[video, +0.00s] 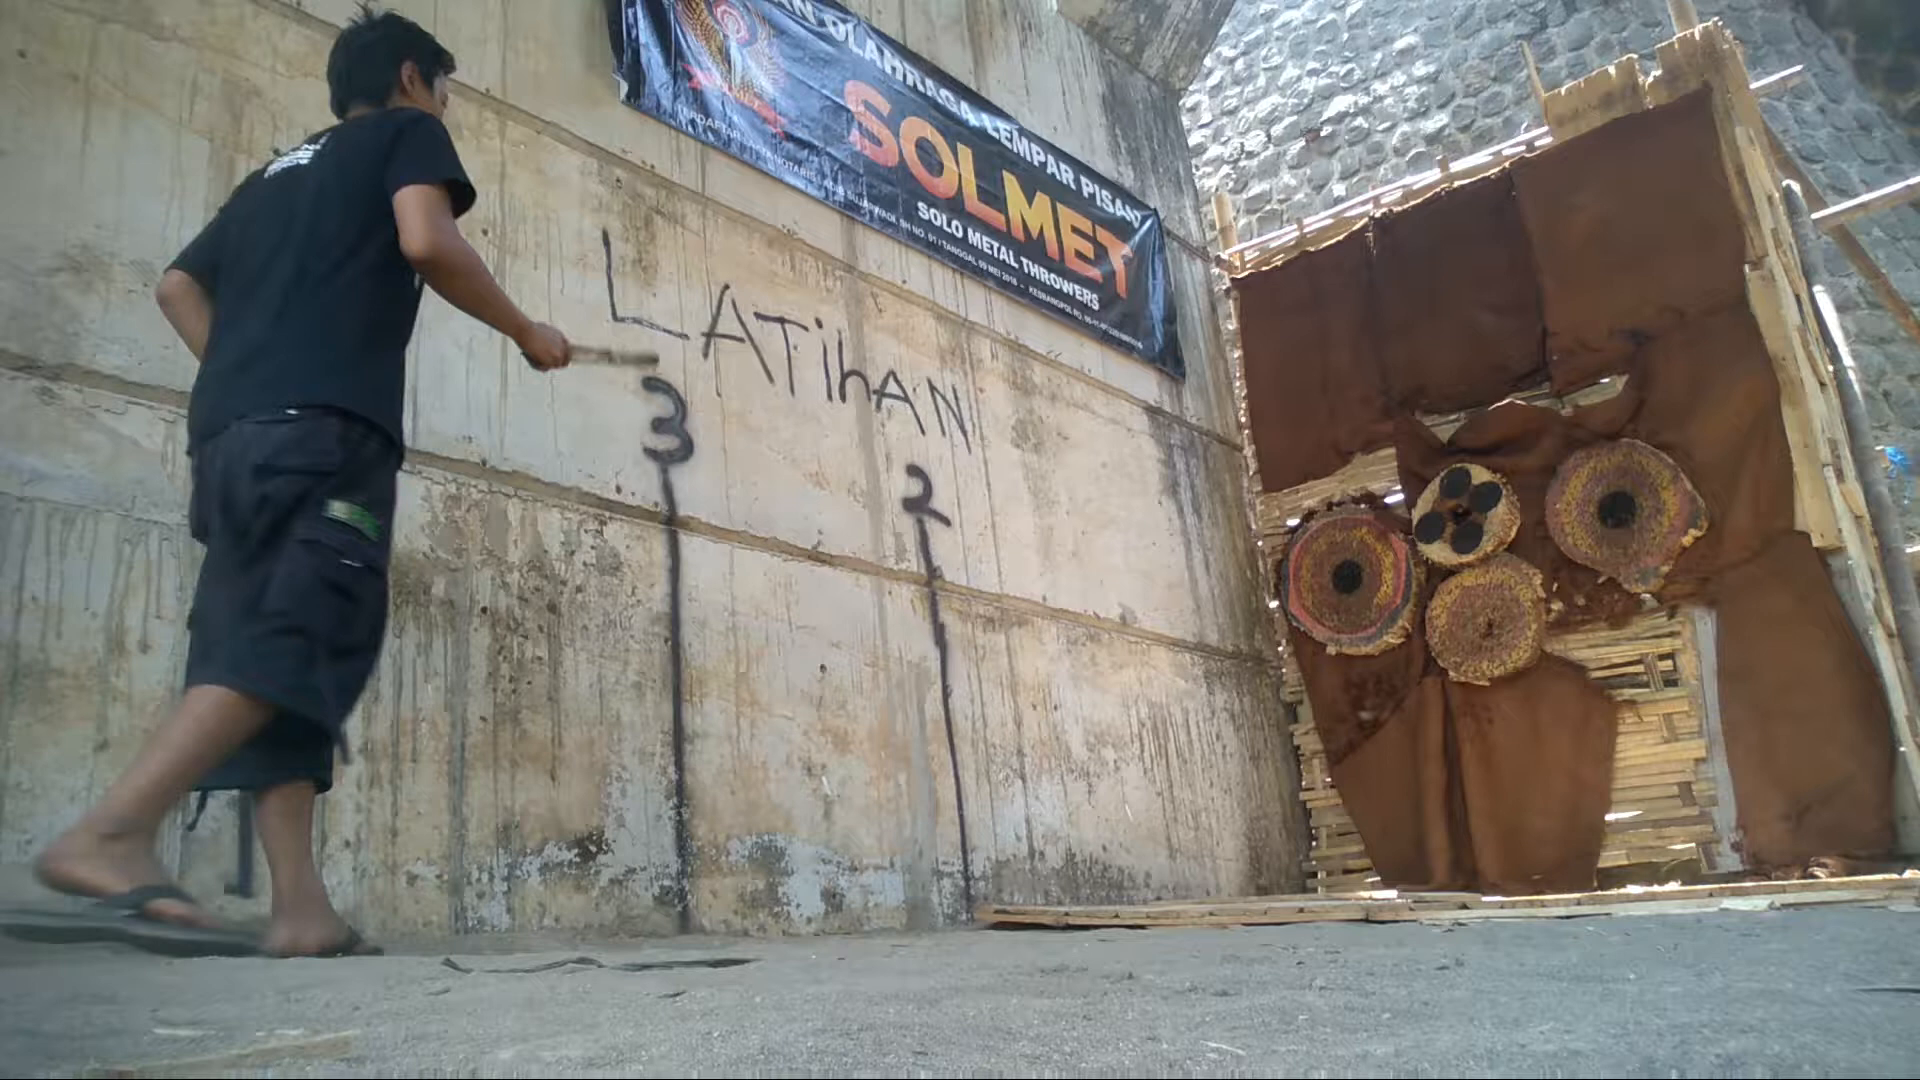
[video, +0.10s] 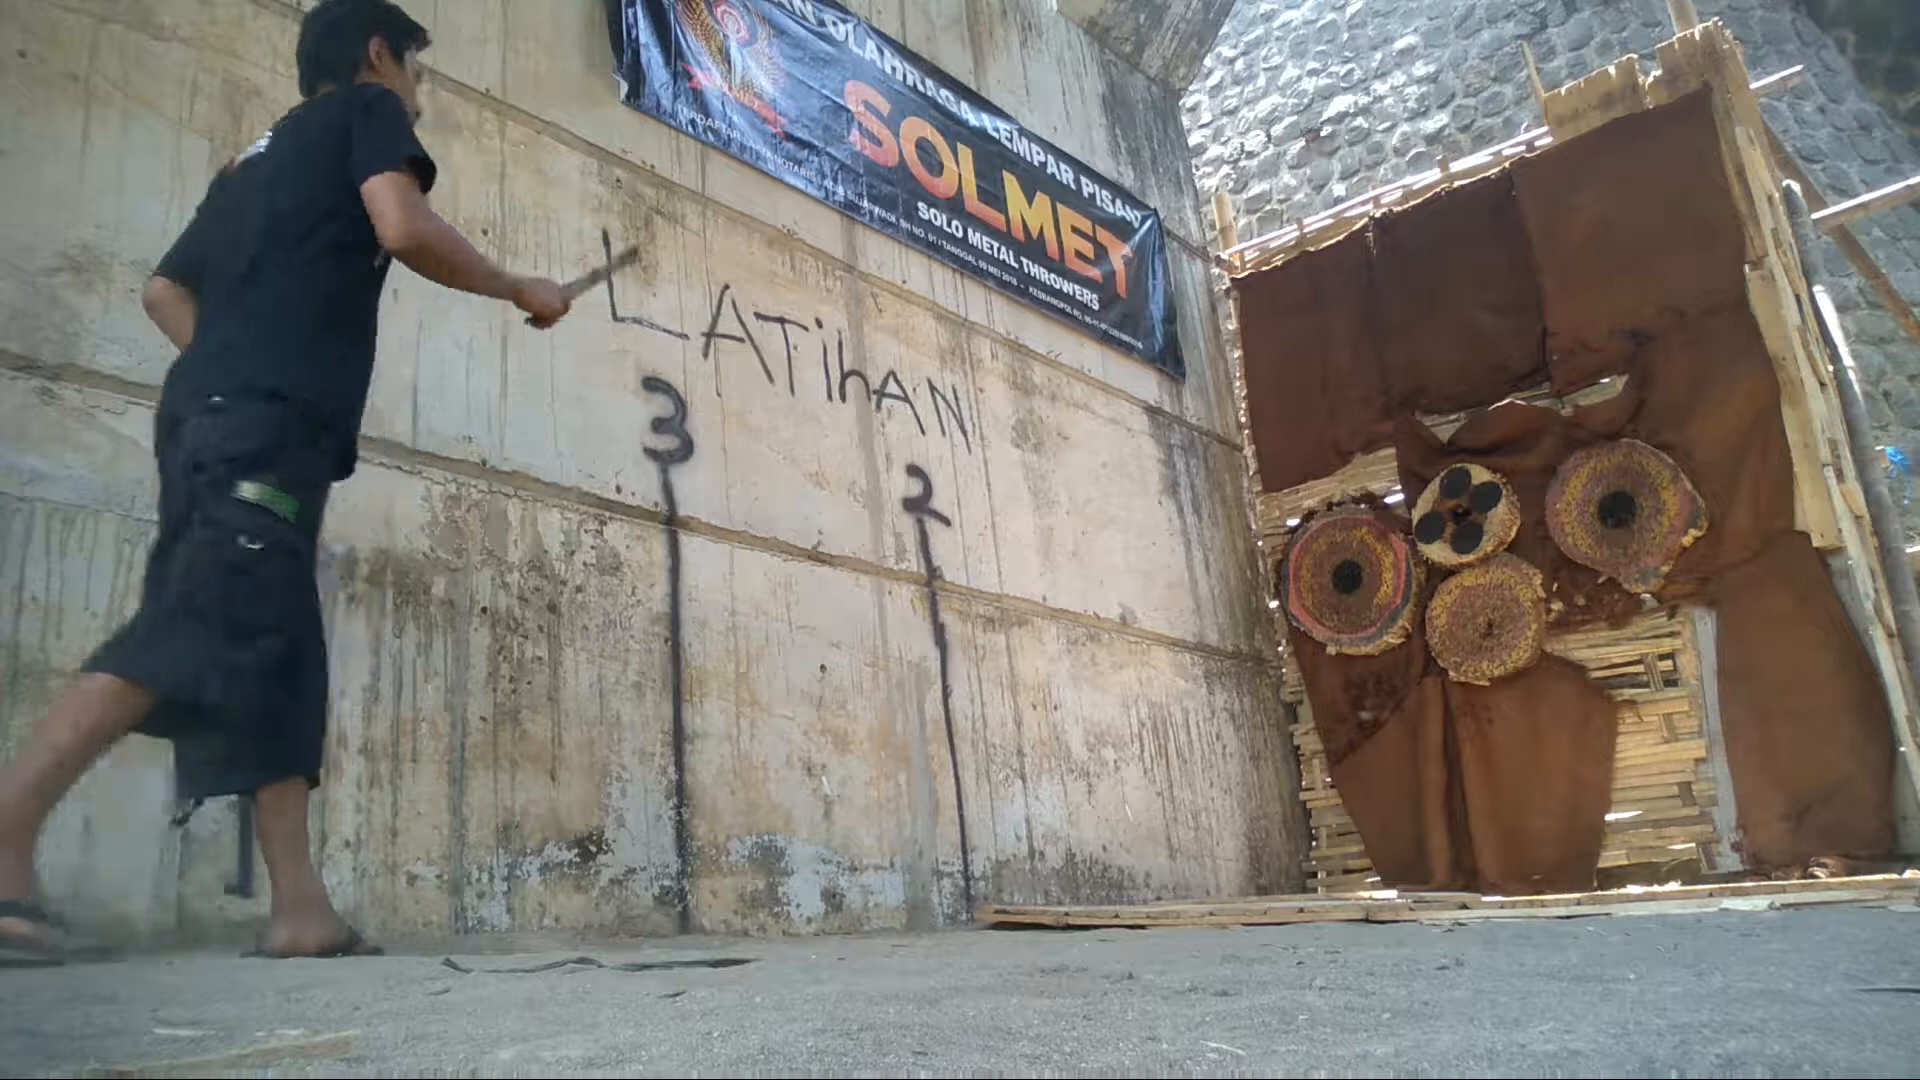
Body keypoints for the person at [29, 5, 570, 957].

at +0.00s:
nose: (443, 108)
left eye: (446, 96)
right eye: (441, 93)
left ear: (345, 89)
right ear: (409, 80)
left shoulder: (269, 178)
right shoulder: (408, 131)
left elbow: (180, 284)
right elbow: (428, 240)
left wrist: (242, 379)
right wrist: (525, 327)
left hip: (228, 428)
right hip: (324, 421)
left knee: (273, 658)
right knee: (296, 642)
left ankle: (302, 911)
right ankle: (107, 837)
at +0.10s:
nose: (414, 86)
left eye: (414, 71)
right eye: (409, 68)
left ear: (317, 71)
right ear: (375, 57)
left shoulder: (248, 166)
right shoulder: (370, 110)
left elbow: (166, 290)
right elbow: (402, 225)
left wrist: (242, 377)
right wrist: (516, 287)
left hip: (204, 408)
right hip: (273, 411)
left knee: (280, 651)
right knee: (191, 625)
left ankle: (301, 910)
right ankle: (10, 816)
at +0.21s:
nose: (388, 62)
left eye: (387, 44)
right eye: (382, 40)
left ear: (306, 38)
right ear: (339, 32)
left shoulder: (225, 144)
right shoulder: (327, 91)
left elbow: (150, 290)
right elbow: (373, 212)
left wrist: (288, 402)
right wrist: (501, 258)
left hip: (179, 402)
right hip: (222, 407)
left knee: (257, 655)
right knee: (98, 633)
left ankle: (301, 911)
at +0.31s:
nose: (345, 48)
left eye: (344, 27)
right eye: (339, 23)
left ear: (270, 14)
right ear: (292, 9)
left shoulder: (209, 86)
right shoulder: (249, 55)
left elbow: (171, 262)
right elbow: (310, 182)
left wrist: (252, 377)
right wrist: (445, 236)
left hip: (171, 422)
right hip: (134, 402)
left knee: (219, 650)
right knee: (28, 645)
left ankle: (286, 899)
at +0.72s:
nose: (215, 10)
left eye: (215, 10)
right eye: (211, 2)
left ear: (175, 2)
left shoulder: (94, 44)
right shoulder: (102, 9)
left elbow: (70, 223)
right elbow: (209, 96)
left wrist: (177, 325)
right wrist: (355, 118)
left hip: (107, 387)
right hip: (56, 376)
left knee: (146, 637)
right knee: (29, 627)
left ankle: (190, 900)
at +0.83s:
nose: (193, 12)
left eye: (191, 15)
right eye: (185, 11)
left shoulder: (59, 38)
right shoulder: (94, 11)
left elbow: (62, 219)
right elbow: (202, 81)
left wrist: (182, 315)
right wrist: (349, 104)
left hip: (101, 377)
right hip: (59, 367)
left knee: (156, 630)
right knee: (29, 623)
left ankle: (194, 895)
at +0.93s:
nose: (178, 9)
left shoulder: (66, 50)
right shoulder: (73, 17)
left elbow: (50, 241)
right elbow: (207, 54)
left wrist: (191, 301)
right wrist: (353, 65)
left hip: (103, 390)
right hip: (53, 378)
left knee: (192, 622)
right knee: (22, 631)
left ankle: (209, 887)